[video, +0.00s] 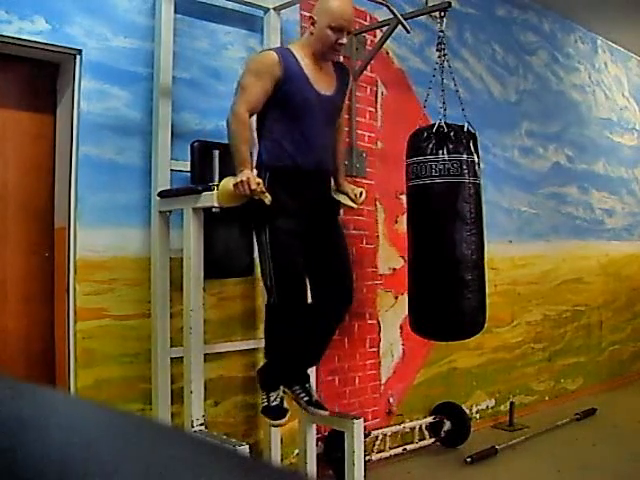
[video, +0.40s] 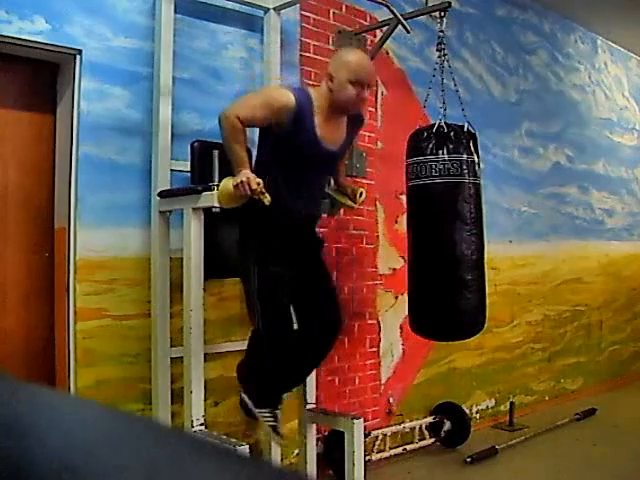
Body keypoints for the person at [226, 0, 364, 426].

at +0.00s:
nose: (341, 40)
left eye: (347, 33)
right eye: (335, 30)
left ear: (351, 33)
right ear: (310, 21)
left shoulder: (340, 75)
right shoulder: (273, 63)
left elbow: (335, 127)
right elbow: (240, 114)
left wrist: (338, 177)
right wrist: (245, 169)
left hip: (318, 194)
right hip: (278, 194)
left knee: (337, 294)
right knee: (286, 296)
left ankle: (295, 371)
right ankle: (272, 380)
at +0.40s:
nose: (363, 96)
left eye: (367, 88)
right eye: (356, 86)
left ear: (368, 87)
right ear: (330, 78)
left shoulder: (352, 117)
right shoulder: (288, 102)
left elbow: (336, 152)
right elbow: (231, 118)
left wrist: (342, 181)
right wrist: (242, 171)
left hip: (302, 233)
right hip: (262, 228)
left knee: (325, 322)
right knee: (276, 326)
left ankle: (266, 393)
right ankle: (255, 394)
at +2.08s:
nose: (372, 122)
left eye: (377, 113)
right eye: (365, 111)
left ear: (378, 112)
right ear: (339, 105)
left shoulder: (357, 143)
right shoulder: (299, 126)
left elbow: (311, 181)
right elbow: (237, 117)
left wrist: (337, 194)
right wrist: (244, 171)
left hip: (301, 255)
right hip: (262, 253)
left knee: (327, 341)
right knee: (269, 351)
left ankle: (258, 399)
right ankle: (263, 457)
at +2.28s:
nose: (364, 47)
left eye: (368, 39)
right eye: (357, 37)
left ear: (368, 42)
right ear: (331, 33)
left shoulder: (353, 80)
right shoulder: (289, 71)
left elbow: (337, 135)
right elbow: (238, 112)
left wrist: (341, 179)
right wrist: (243, 169)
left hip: (309, 208)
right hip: (269, 204)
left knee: (323, 301)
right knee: (262, 299)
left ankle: (247, 346)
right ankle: (248, 355)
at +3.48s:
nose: (360, 36)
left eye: (366, 29)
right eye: (353, 26)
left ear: (370, 32)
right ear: (327, 20)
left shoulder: (350, 72)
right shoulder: (282, 62)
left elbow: (341, 127)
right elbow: (246, 113)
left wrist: (341, 179)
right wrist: (244, 168)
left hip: (308, 195)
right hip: (268, 190)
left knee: (319, 285)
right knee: (257, 279)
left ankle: (241, 325)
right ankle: (242, 332)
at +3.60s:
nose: (362, 52)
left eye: (366, 45)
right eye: (356, 42)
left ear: (367, 46)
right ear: (329, 36)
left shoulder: (349, 83)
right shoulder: (283, 72)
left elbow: (340, 133)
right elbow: (241, 116)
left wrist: (341, 178)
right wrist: (244, 169)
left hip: (305, 208)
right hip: (265, 203)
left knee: (319, 297)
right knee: (256, 291)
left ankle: (242, 337)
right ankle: (244, 344)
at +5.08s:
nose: (371, 140)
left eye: (375, 131)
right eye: (364, 129)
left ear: (376, 130)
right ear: (338, 121)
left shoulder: (351, 159)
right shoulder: (297, 139)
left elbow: (316, 189)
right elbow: (241, 118)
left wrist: (340, 196)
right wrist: (243, 171)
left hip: (298, 266)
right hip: (258, 264)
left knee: (327, 350)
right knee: (268, 357)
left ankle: (263, 417)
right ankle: (270, 431)